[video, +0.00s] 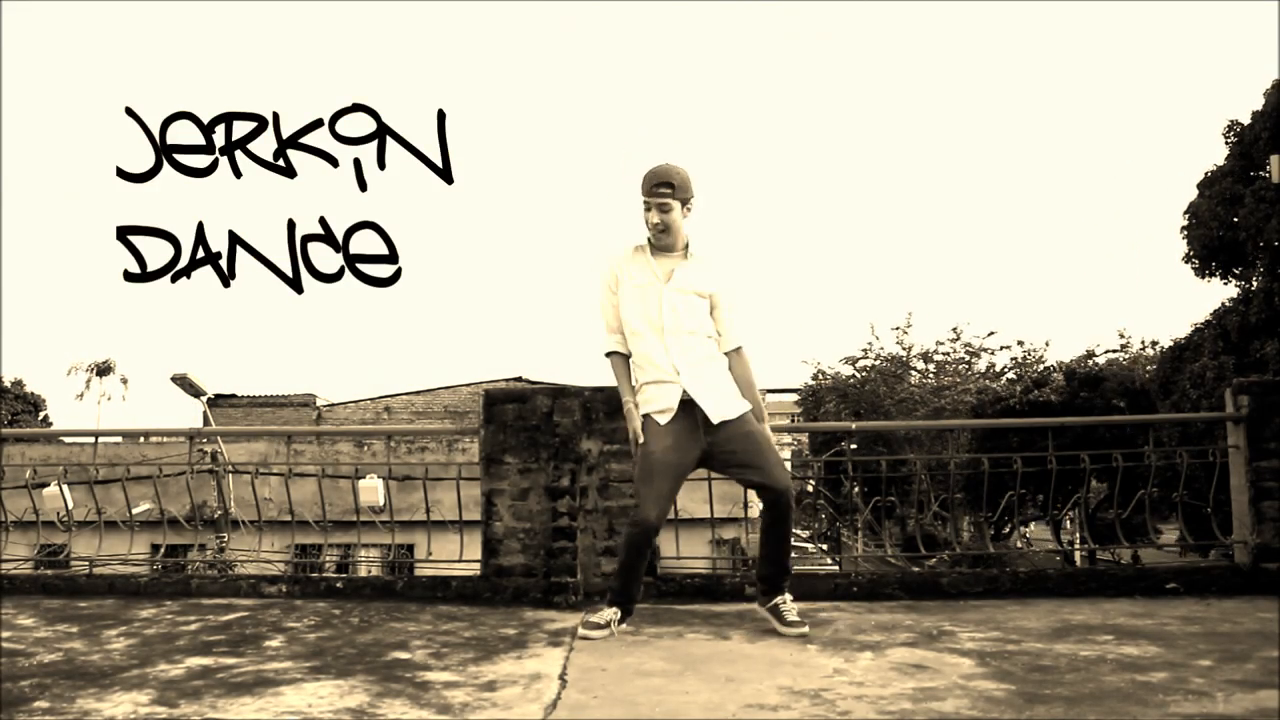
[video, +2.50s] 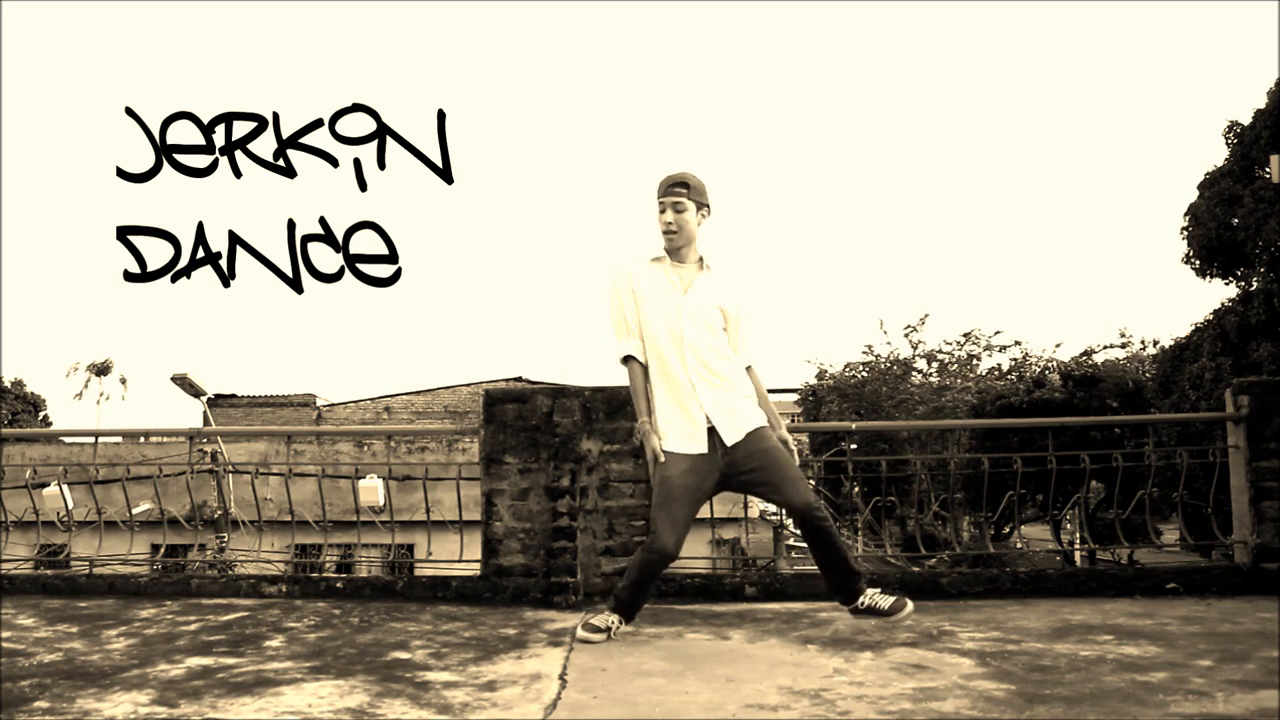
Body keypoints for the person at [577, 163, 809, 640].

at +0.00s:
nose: (655, 216)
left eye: (664, 207)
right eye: (648, 207)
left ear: (686, 209)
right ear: (642, 210)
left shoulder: (710, 271)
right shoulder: (623, 269)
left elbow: (733, 350)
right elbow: (616, 346)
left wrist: (760, 416)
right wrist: (630, 406)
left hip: (724, 404)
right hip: (663, 410)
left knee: (780, 490)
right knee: (647, 518)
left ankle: (773, 594)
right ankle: (618, 608)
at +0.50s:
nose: (683, 236)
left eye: (694, 227)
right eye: (678, 226)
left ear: (718, 227)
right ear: (672, 224)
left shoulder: (742, 286)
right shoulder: (651, 275)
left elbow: (755, 365)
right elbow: (638, 347)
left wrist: (773, 432)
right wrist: (643, 410)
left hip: (741, 422)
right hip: (679, 423)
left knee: (790, 517)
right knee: (647, 525)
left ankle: (799, 607)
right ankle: (603, 601)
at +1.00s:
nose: (663, 218)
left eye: (672, 208)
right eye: (657, 209)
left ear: (698, 210)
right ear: (653, 215)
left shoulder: (725, 277)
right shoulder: (637, 284)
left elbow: (754, 352)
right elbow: (639, 365)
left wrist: (778, 412)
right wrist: (644, 431)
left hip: (741, 418)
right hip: (679, 425)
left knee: (804, 496)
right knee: (664, 536)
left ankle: (824, 589)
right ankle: (616, 609)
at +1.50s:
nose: (685, 205)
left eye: (695, 194)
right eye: (679, 196)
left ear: (721, 199)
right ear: (675, 205)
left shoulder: (752, 270)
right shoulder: (660, 272)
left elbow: (768, 339)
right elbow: (640, 344)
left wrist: (783, 398)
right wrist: (640, 407)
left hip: (742, 413)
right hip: (676, 414)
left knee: (790, 506)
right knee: (646, 503)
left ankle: (801, 606)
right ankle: (608, 588)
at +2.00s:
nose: (734, 217)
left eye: (744, 207)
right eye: (728, 209)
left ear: (770, 212)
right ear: (724, 216)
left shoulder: (798, 285)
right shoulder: (706, 282)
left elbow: (787, 355)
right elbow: (675, 354)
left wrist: (790, 420)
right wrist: (661, 412)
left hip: (762, 425)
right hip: (701, 421)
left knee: (804, 519)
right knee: (667, 502)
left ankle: (814, 611)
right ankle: (613, 583)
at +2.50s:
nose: (667, 218)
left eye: (678, 209)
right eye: (661, 210)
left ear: (701, 216)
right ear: (656, 219)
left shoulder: (721, 285)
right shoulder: (636, 281)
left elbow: (746, 364)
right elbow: (634, 359)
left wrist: (777, 425)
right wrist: (644, 422)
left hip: (742, 423)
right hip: (681, 431)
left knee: (807, 504)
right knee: (664, 545)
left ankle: (856, 595)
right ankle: (616, 613)